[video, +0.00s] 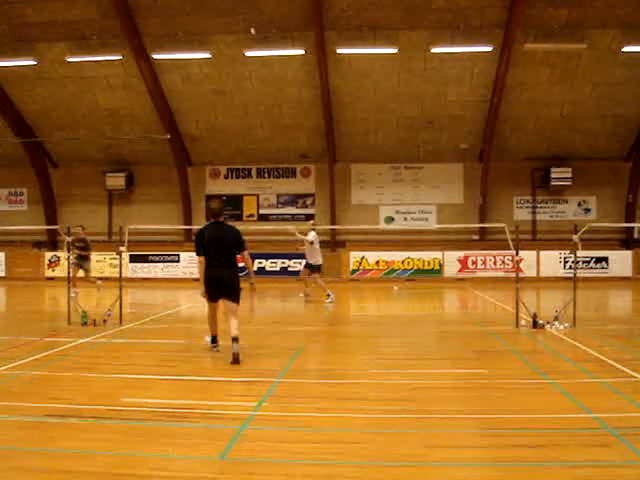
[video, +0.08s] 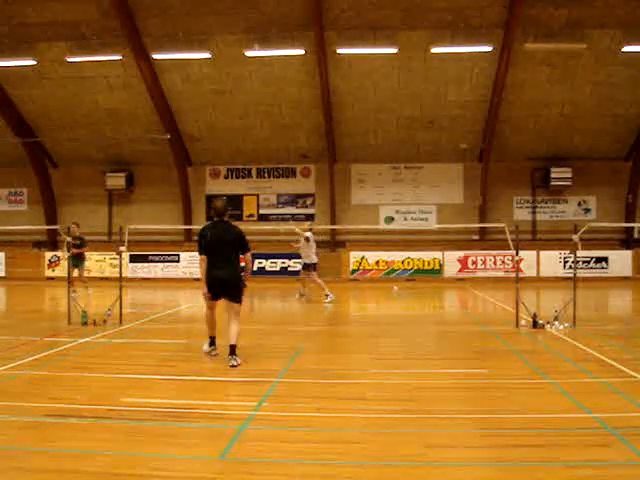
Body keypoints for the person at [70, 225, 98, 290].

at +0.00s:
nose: (78, 232)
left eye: (80, 230)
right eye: (77, 230)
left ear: (83, 231)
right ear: (75, 231)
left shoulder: (85, 240)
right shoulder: (74, 240)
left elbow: (88, 252)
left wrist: (78, 252)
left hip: (85, 259)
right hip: (78, 258)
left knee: (86, 277)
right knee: (73, 275)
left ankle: (97, 282)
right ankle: (74, 291)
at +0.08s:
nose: (72, 229)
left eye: (74, 227)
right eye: (71, 227)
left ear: (78, 228)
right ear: (70, 229)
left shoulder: (82, 239)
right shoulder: (69, 239)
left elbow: (85, 249)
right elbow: (67, 249)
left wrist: (76, 251)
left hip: (80, 258)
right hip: (72, 257)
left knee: (81, 276)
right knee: (70, 275)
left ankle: (87, 287)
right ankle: (73, 290)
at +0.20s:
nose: (69, 231)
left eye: (71, 229)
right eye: (68, 229)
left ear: (73, 229)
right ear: (66, 230)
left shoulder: (76, 240)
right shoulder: (62, 239)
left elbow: (78, 250)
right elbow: (58, 248)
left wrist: (73, 254)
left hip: (74, 257)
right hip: (64, 257)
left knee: (77, 274)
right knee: (59, 274)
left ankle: (79, 289)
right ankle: (59, 287)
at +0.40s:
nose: (51, 238)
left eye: (52, 236)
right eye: (50, 236)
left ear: (56, 236)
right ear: (48, 236)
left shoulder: (61, 246)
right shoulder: (48, 246)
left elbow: (64, 257)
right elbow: (43, 257)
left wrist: (54, 261)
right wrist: (36, 263)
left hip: (60, 267)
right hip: (51, 267)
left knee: (68, 280)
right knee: (38, 277)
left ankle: (76, 291)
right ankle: (37, 292)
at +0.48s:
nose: (47, 237)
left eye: (49, 235)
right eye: (46, 235)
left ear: (53, 236)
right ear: (45, 236)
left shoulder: (58, 245)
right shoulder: (43, 246)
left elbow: (61, 256)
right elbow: (38, 256)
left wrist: (52, 258)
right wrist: (32, 262)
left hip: (58, 266)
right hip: (48, 266)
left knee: (66, 279)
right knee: (36, 277)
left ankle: (75, 292)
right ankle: (36, 293)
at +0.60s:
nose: (34, 233)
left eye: (35, 231)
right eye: (32, 231)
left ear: (38, 232)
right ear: (30, 232)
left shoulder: (41, 241)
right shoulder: (27, 241)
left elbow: (47, 248)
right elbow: (23, 247)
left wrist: (42, 251)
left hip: (41, 262)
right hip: (31, 262)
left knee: (48, 277)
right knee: (26, 278)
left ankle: (61, 289)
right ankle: (34, 292)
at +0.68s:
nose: (17, 228)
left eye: (19, 226)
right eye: (16, 226)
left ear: (23, 227)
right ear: (15, 227)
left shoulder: (27, 237)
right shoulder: (14, 238)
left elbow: (34, 244)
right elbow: (11, 249)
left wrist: (32, 251)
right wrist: (10, 256)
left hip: (26, 257)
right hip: (17, 257)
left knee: (28, 275)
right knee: (15, 275)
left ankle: (39, 288)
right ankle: (24, 289)